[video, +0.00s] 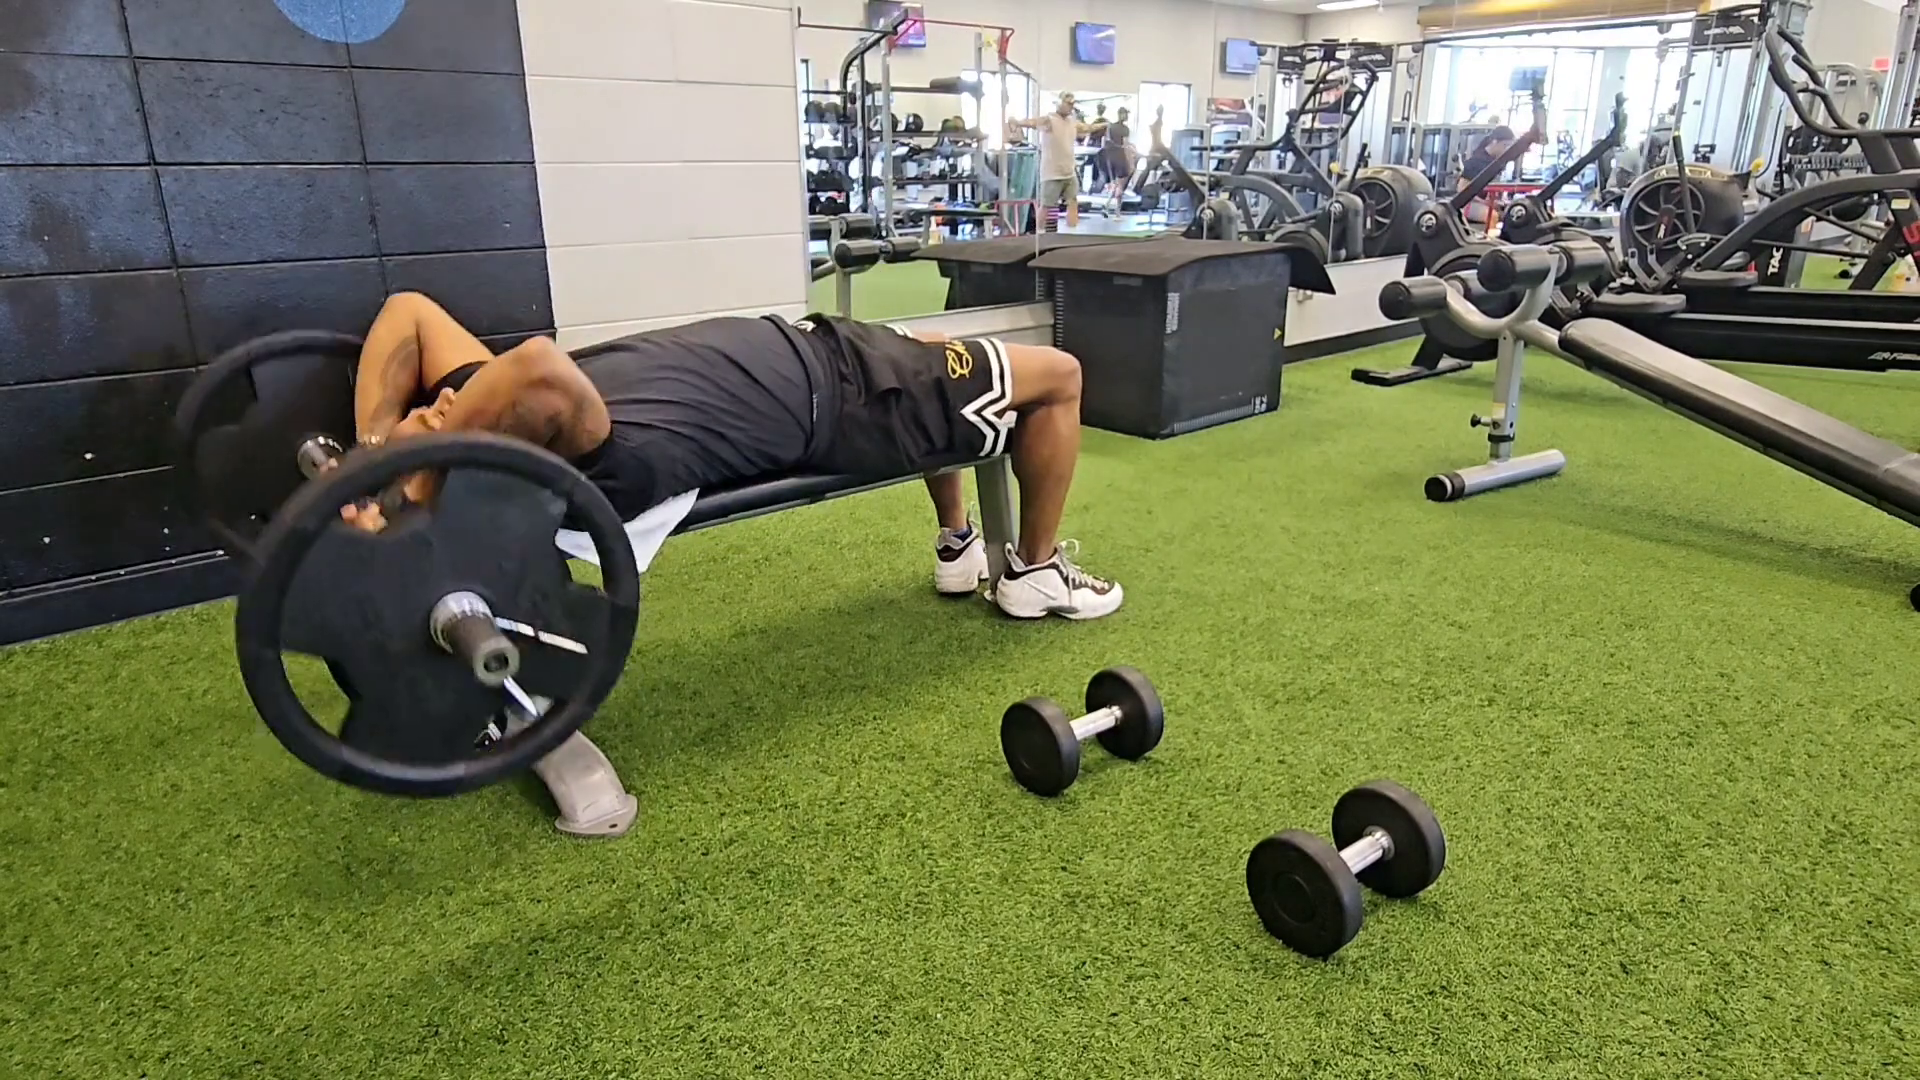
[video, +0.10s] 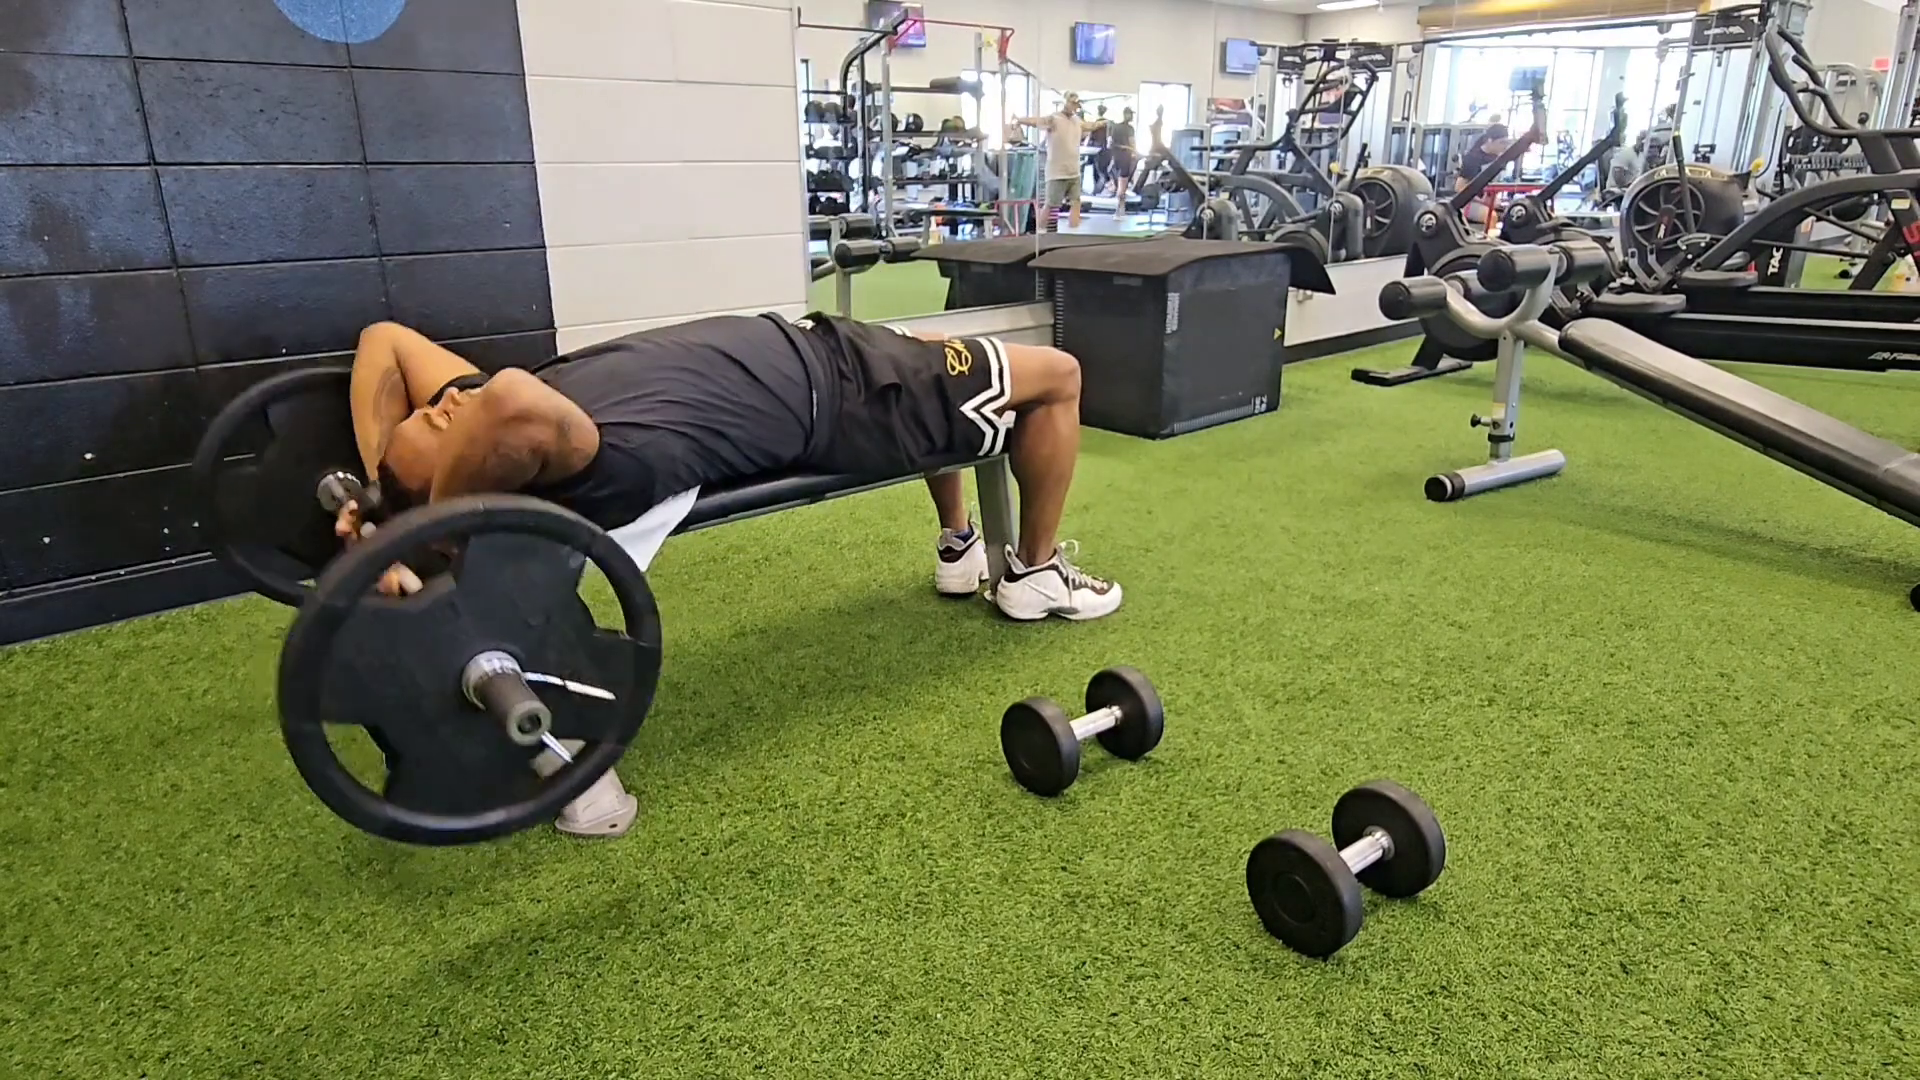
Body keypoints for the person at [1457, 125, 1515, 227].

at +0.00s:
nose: (1507, 150)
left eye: (1509, 146)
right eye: (1505, 145)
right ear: (1494, 142)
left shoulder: (1496, 162)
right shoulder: (1478, 160)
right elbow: (1462, 188)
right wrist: (1486, 203)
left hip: (1489, 201)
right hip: (1469, 202)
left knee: (1511, 210)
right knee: (1492, 216)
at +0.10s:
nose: (1505, 146)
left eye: (1506, 143)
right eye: (1502, 142)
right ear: (1490, 141)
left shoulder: (1498, 158)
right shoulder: (1473, 158)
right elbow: (1459, 187)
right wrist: (1482, 201)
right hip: (1469, 201)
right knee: (1492, 217)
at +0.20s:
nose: (1500, 146)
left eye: (1501, 142)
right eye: (1497, 142)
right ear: (1486, 140)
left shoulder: (1494, 158)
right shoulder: (1470, 157)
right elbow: (1457, 187)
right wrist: (1480, 199)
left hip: (1491, 200)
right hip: (1470, 201)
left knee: (1511, 209)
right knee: (1492, 216)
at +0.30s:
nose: (1496, 146)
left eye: (1497, 142)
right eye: (1494, 142)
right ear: (1483, 140)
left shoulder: (1490, 157)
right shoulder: (1467, 159)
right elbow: (1456, 189)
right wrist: (1481, 200)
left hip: (1487, 199)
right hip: (1467, 202)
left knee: (1508, 210)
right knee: (1491, 216)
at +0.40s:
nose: (1495, 146)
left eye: (1496, 142)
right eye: (1493, 142)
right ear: (1482, 140)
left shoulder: (1489, 157)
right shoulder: (1466, 160)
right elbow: (1456, 189)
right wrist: (1481, 200)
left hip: (1487, 200)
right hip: (1467, 202)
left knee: (1508, 210)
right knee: (1492, 216)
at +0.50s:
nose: (1495, 145)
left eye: (1496, 141)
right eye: (1492, 141)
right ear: (1480, 140)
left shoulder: (1488, 157)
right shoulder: (1466, 158)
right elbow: (1455, 188)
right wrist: (1479, 198)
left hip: (1486, 199)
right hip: (1468, 202)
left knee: (1509, 209)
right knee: (1492, 215)